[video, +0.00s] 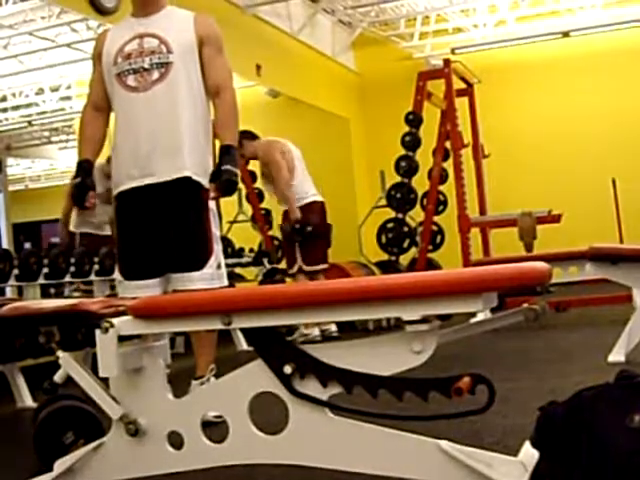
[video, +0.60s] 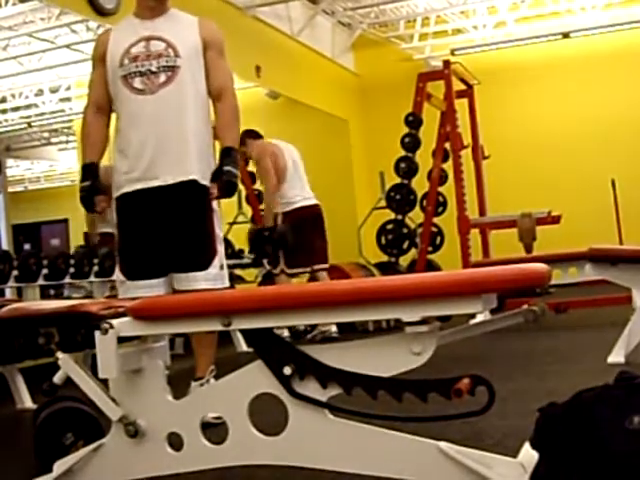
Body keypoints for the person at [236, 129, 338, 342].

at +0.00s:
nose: (244, 159)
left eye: (241, 154)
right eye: (240, 156)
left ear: (244, 144)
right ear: (250, 140)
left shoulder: (268, 149)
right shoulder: (280, 146)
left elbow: (282, 180)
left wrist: (292, 208)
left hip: (299, 208)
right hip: (314, 205)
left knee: (298, 271)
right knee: (315, 269)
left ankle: (310, 324)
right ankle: (328, 320)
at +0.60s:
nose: (247, 156)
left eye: (244, 152)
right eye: (245, 153)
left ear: (246, 143)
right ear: (259, 136)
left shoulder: (260, 148)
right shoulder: (287, 147)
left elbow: (271, 185)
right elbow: (297, 181)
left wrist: (268, 223)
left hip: (290, 212)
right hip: (312, 207)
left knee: (282, 272)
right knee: (319, 270)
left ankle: (283, 324)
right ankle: (328, 321)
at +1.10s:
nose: (225, 156)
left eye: (225, 151)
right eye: (224, 151)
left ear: (230, 144)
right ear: (238, 138)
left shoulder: (248, 156)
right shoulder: (272, 151)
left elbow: (261, 181)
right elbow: (286, 178)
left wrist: (255, 201)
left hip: (277, 212)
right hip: (299, 206)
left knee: (272, 275)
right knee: (311, 270)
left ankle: (278, 326)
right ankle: (325, 321)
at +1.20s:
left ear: (226, 147)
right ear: (240, 139)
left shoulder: (238, 161)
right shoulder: (266, 152)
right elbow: (281, 177)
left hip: (272, 211)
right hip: (295, 203)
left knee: (272, 275)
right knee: (308, 268)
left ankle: (277, 326)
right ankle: (323, 321)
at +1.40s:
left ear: (219, 146)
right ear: (233, 140)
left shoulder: (227, 160)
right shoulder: (254, 153)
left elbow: (224, 202)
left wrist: (222, 229)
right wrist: (255, 211)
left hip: (267, 211)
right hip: (291, 202)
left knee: (271, 276)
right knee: (305, 269)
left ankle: (277, 326)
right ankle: (321, 321)